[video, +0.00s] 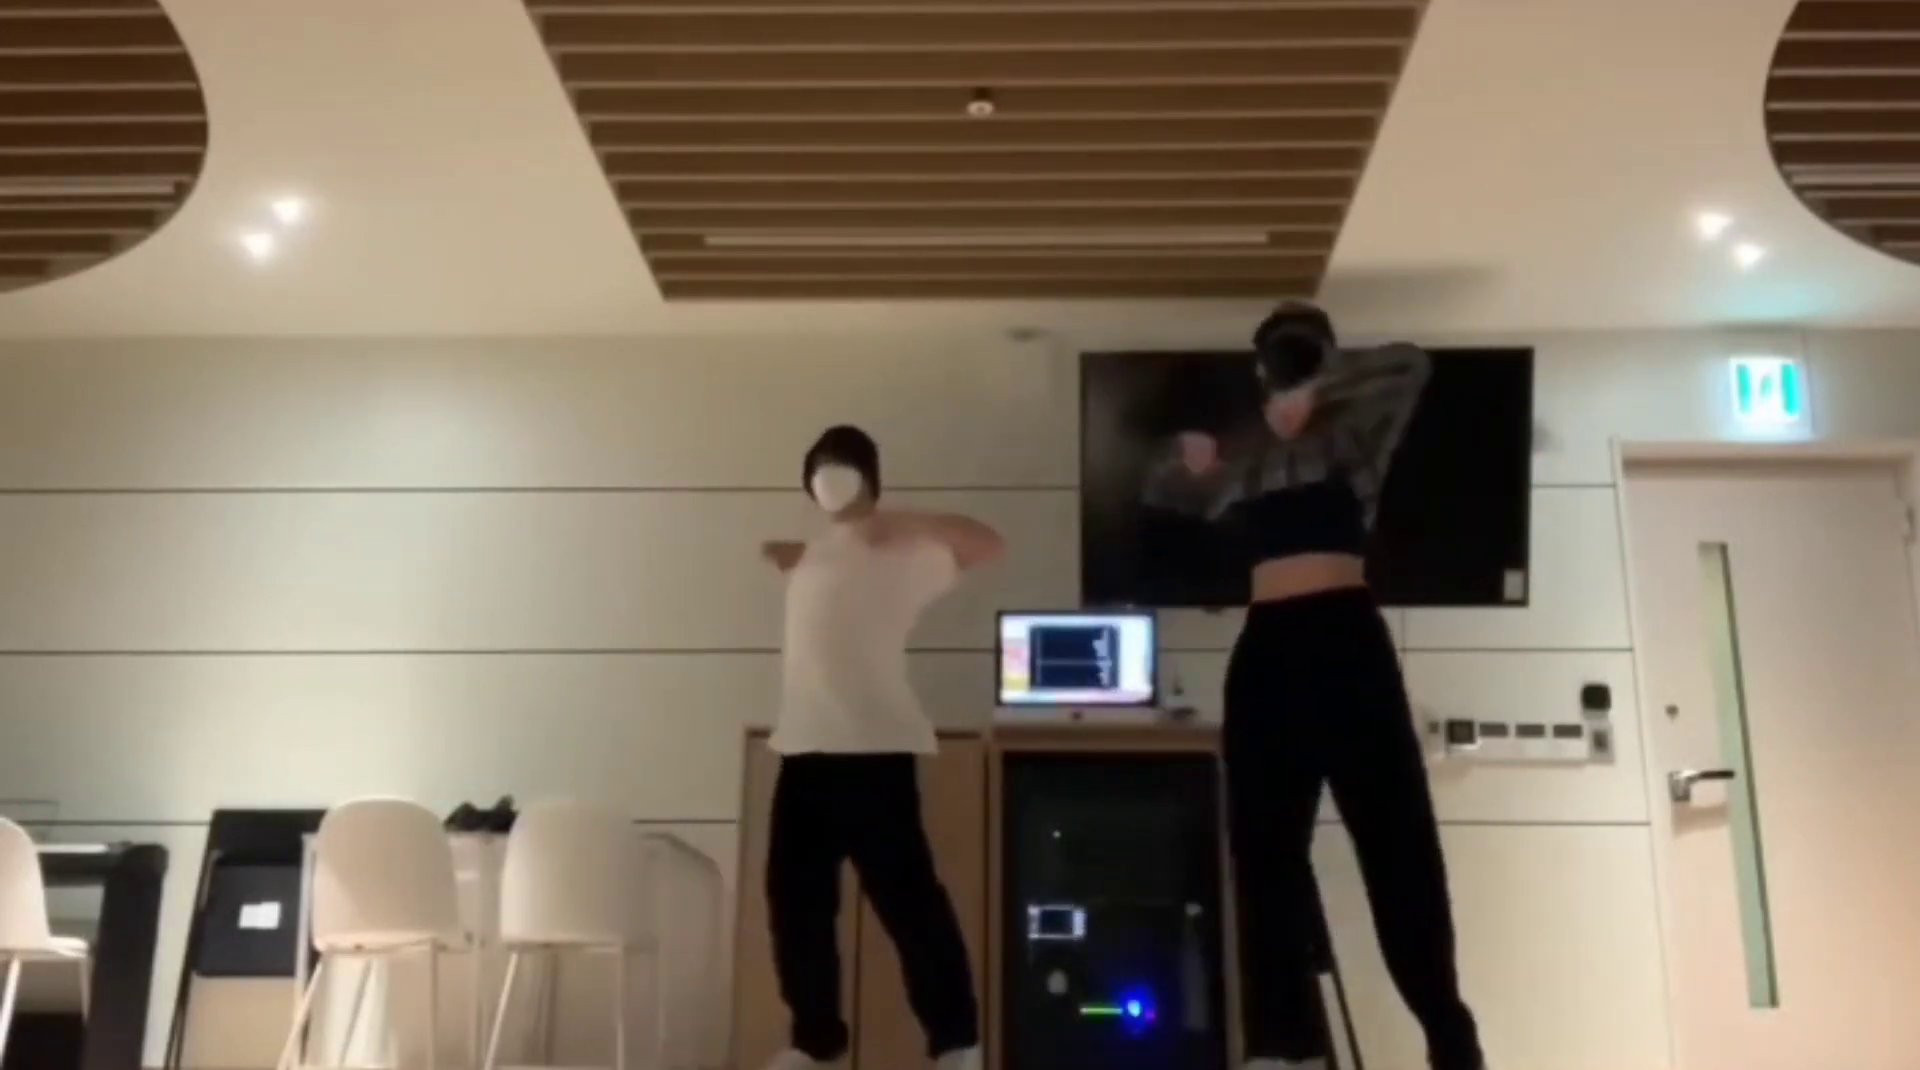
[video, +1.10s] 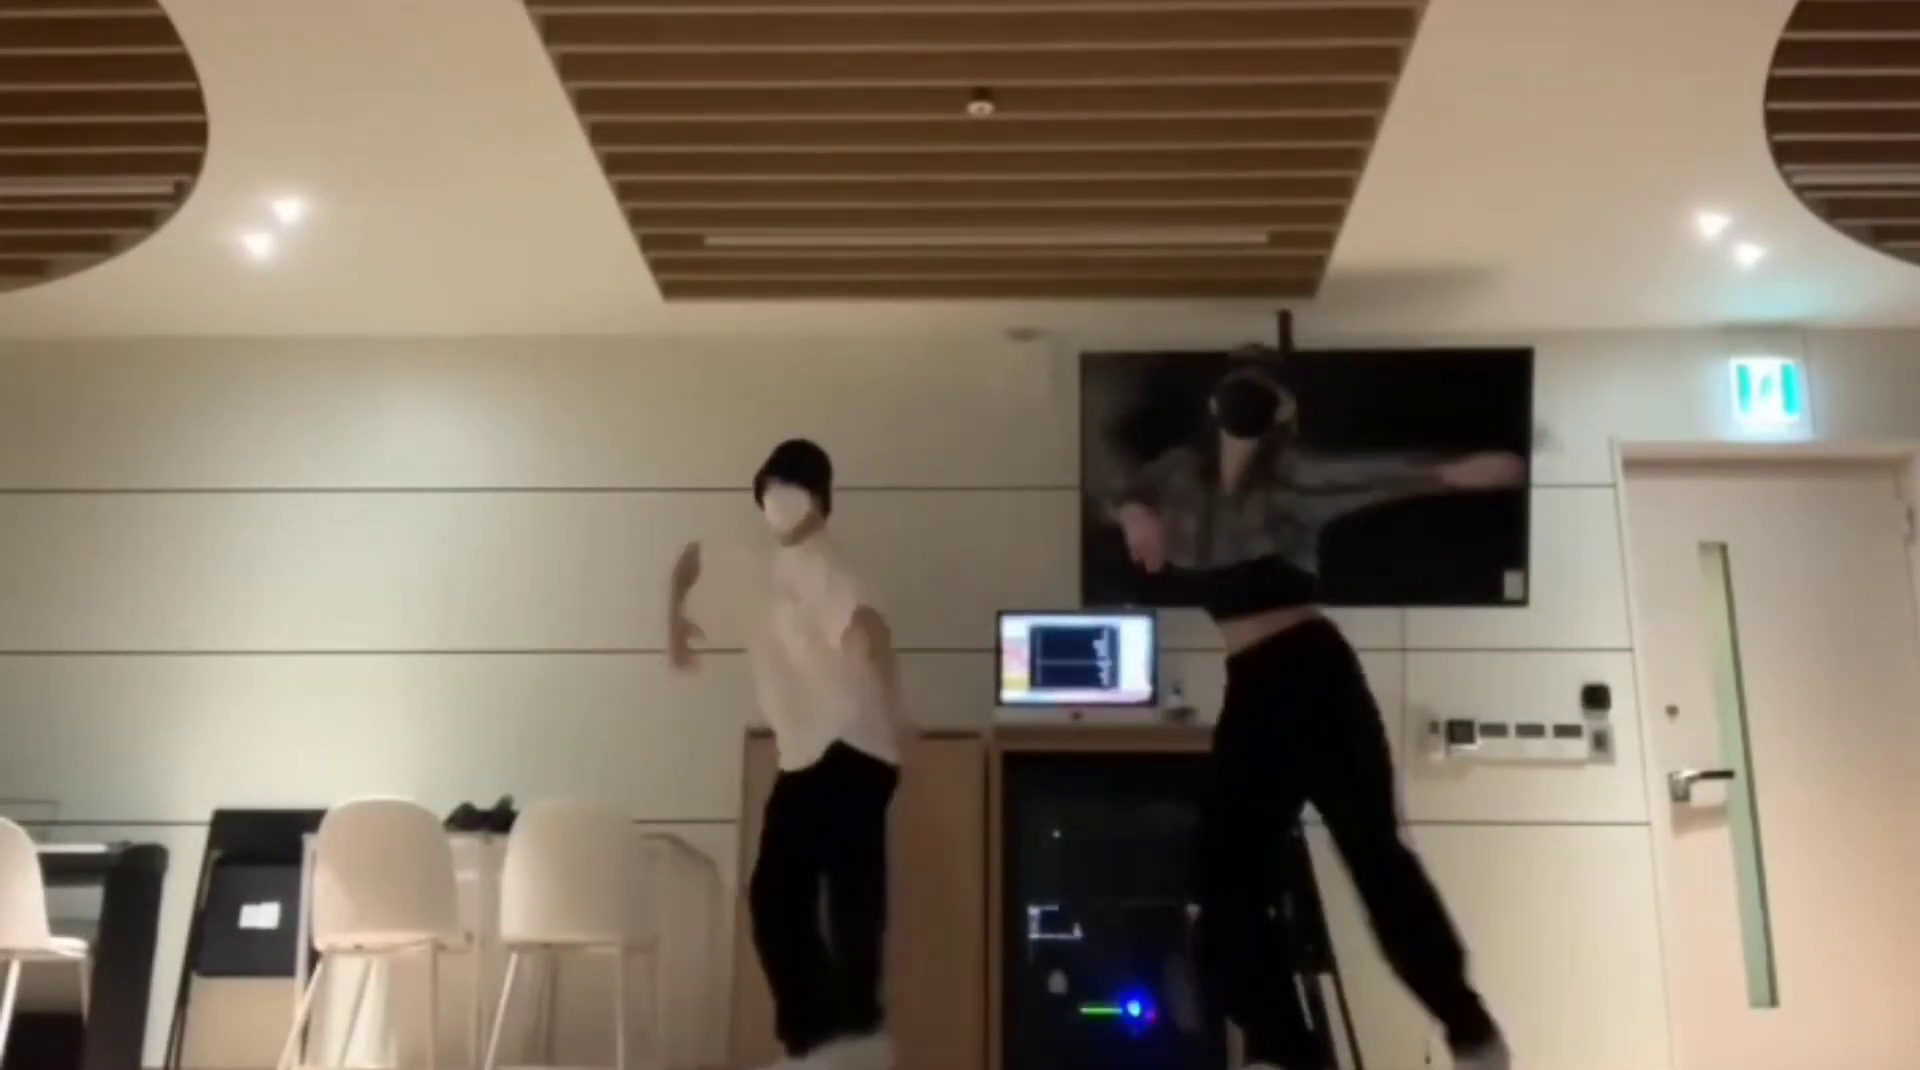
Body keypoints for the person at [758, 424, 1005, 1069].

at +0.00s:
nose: (832, 487)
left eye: (846, 472)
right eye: (820, 477)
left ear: (872, 477)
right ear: (809, 488)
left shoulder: (907, 549)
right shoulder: (815, 554)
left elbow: (988, 545)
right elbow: (813, 563)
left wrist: (906, 525)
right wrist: (784, 556)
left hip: (879, 752)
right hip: (806, 754)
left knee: (906, 898)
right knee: (797, 901)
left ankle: (955, 1045)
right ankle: (816, 1042)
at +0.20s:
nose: (835, 496)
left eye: (847, 481)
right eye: (822, 486)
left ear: (873, 486)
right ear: (810, 496)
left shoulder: (891, 558)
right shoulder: (815, 565)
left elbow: (962, 607)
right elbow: (817, 624)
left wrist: (899, 560)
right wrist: (789, 583)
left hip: (877, 761)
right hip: (803, 763)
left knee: (915, 901)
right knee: (789, 899)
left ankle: (955, 1042)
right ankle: (819, 1041)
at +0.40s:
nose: (815, 513)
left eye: (827, 498)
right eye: (803, 501)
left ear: (855, 500)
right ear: (792, 508)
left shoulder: (893, 572)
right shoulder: (794, 565)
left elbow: (946, 625)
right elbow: (770, 635)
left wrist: (883, 680)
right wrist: (737, 707)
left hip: (857, 728)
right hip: (794, 727)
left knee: (737, 770)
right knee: (784, 882)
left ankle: (815, 891)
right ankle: (819, 1039)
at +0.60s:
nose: (810, 521)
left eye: (822, 506)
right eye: (799, 510)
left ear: (851, 507)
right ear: (790, 516)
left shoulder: (883, 576)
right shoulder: (796, 580)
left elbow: (865, 663)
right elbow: (755, 680)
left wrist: (809, 605)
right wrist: (751, 623)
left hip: (855, 733)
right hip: (797, 736)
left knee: (726, 711)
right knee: (772, 886)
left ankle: (762, 861)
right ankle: (818, 1041)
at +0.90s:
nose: (804, 532)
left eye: (814, 516)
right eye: (792, 522)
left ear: (843, 517)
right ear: (784, 532)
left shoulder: (873, 585)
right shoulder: (804, 596)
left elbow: (821, 643)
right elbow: (753, 644)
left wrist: (724, 650)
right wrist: (686, 648)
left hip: (853, 740)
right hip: (808, 742)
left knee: (725, 759)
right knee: (769, 888)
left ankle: (717, 921)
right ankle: (815, 1043)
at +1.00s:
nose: (801, 531)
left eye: (813, 515)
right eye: (790, 520)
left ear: (840, 517)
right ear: (782, 527)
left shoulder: (863, 578)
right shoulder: (796, 591)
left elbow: (818, 636)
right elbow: (702, 614)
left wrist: (741, 698)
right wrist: (629, 647)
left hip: (854, 747)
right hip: (813, 751)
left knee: (753, 821)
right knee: (773, 884)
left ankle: (718, 975)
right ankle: (815, 1046)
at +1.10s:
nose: (780, 504)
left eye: (795, 491)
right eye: (770, 492)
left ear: (820, 500)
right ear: (759, 502)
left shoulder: (825, 563)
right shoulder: (776, 572)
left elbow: (871, 627)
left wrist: (895, 715)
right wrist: (678, 606)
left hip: (850, 745)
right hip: (806, 751)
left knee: (778, 892)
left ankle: (826, 1033)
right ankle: (844, 1027)